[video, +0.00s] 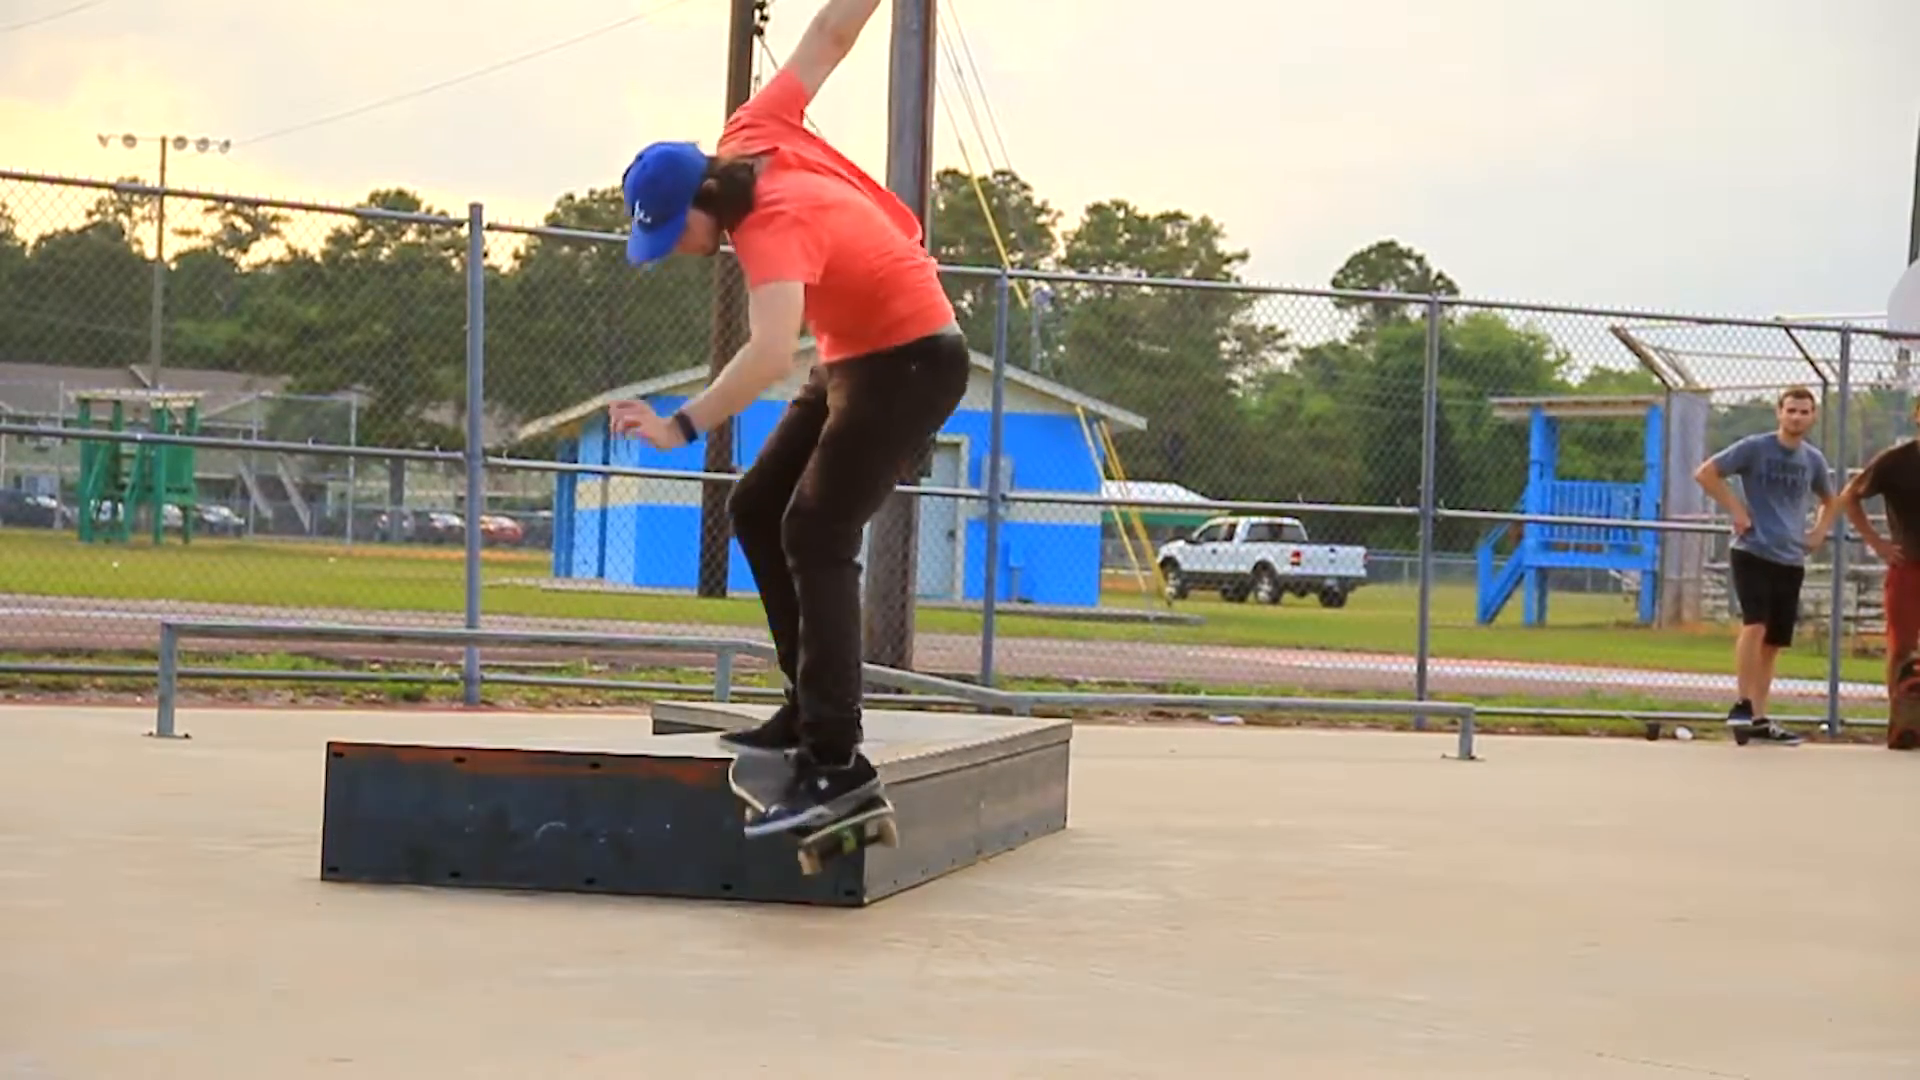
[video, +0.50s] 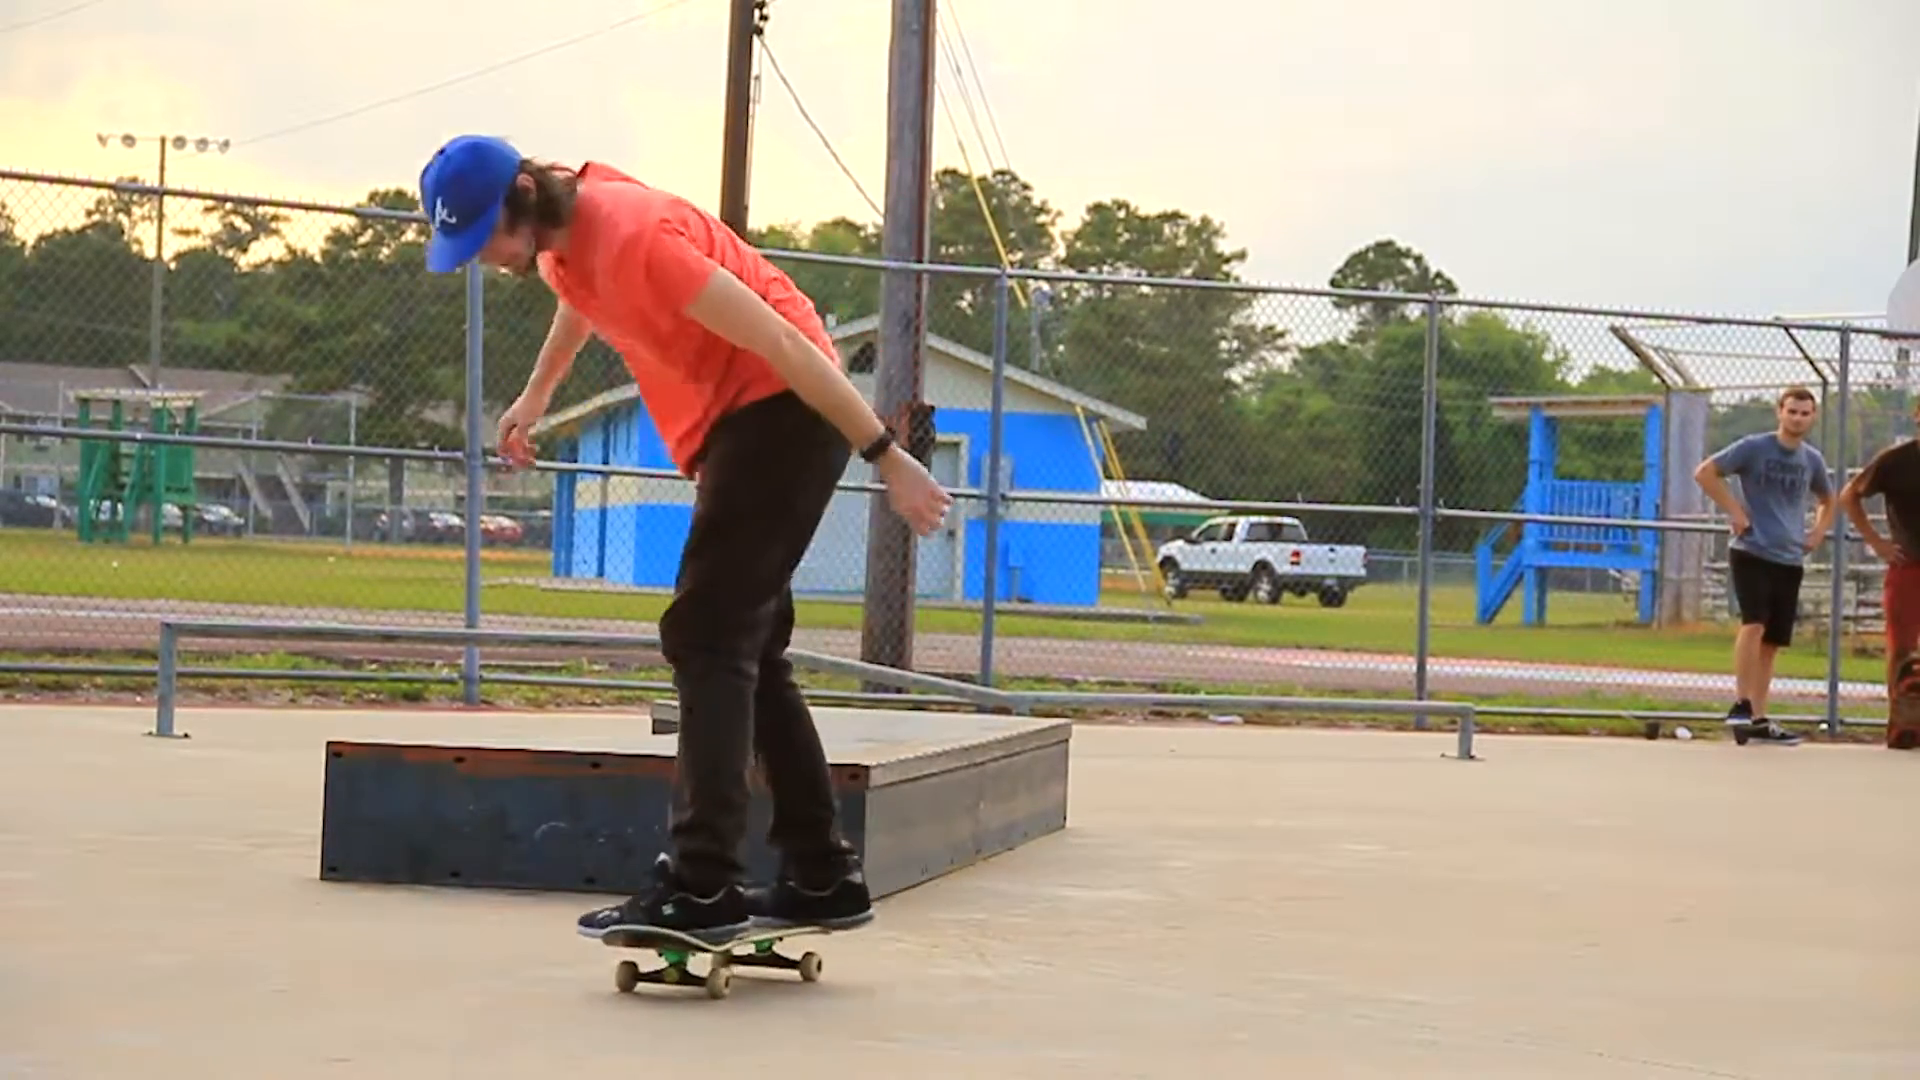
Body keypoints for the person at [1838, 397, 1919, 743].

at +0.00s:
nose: (1919, 416)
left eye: (1918, 410)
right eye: (1919, 411)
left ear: (1915, 417)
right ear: (1915, 417)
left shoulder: (1901, 458)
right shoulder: (1900, 458)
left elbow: (1850, 496)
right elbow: (1850, 496)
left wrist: (1877, 543)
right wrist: (1877, 543)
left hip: (1910, 569)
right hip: (1908, 566)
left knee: (1905, 648)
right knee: (1903, 648)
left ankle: (1905, 726)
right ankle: (1901, 726)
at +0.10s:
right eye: (1918, 410)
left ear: (1914, 416)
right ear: (1915, 416)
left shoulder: (1900, 458)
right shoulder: (1900, 459)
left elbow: (1850, 497)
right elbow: (1849, 496)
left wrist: (1878, 544)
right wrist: (1878, 544)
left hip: (1909, 568)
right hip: (1907, 567)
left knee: (1905, 650)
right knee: (1903, 648)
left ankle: (1904, 726)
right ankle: (1902, 726)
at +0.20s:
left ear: (1914, 416)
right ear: (1915, 416)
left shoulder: (1900, 458)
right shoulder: (1900, 459)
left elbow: (1850, 497)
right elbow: (1849, 496)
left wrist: (1878, 544)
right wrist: (1878, 544)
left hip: (1909, 568)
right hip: (1907, 567)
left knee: (1905, 650)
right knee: (1903, 649)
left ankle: (1905, 726)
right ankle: (1902, 726)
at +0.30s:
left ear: (1914, 417)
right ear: (1915, 417)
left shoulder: (1901, 458)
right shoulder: (1901, 459)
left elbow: (1850, 496)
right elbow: (1849, 496)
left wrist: (1875, 541)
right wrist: (1876, 542)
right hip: (1907, 567)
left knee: (1906, 654)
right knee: (1904, 653)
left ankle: (1905, 733)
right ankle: (1903, 733)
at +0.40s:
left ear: (1915, 417)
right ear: (1916, 417)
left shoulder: (1901, 458)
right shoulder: (1901, 459)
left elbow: (1850, 495)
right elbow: (1849, 495)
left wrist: (1876, 542)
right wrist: (1876, 543)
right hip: (1907, 567)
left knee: (1905, 654)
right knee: (1903, 653)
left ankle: (1906, 735)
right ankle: (1903, 735)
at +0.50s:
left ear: (1914, 417)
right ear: (1915, 417)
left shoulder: (1900, 458)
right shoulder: (1900, 458)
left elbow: (1850, 496)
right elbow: (1849, 495)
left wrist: (1877, 543)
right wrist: (1877, 543)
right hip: (1907, 569)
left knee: (1905, 657)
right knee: (1903, 656)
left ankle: (1906, 739)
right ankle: (1903, 741)